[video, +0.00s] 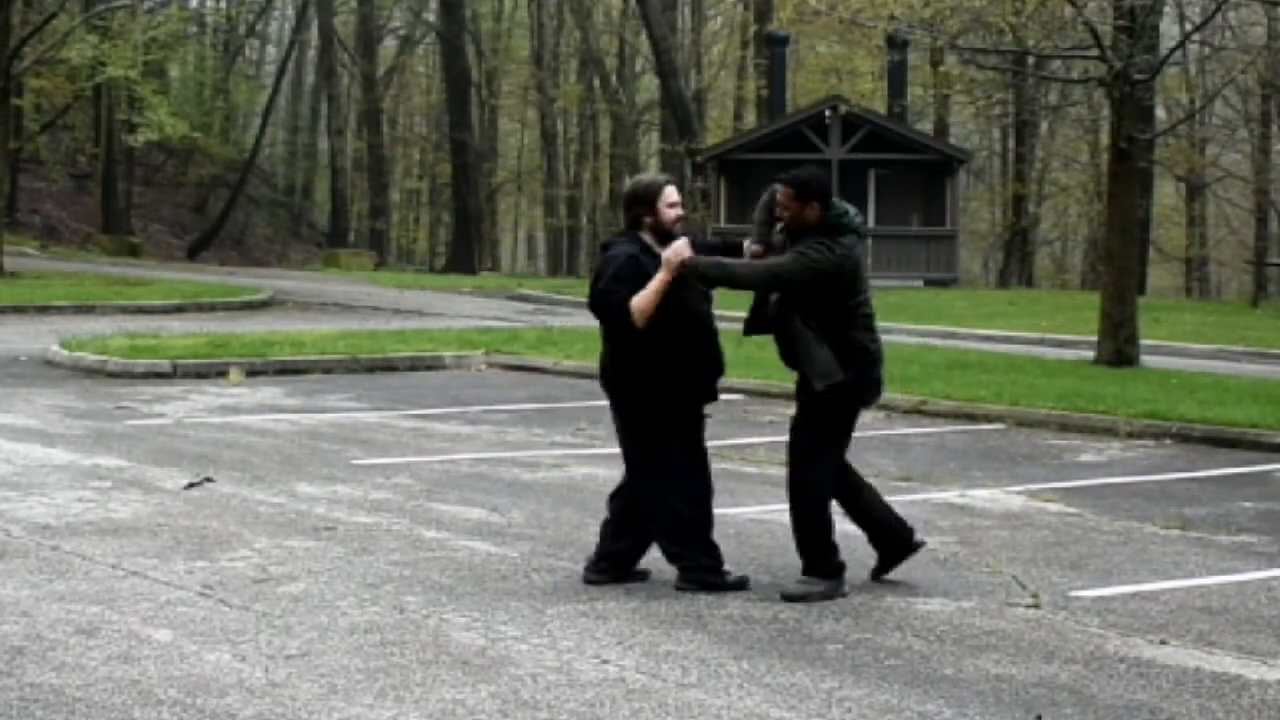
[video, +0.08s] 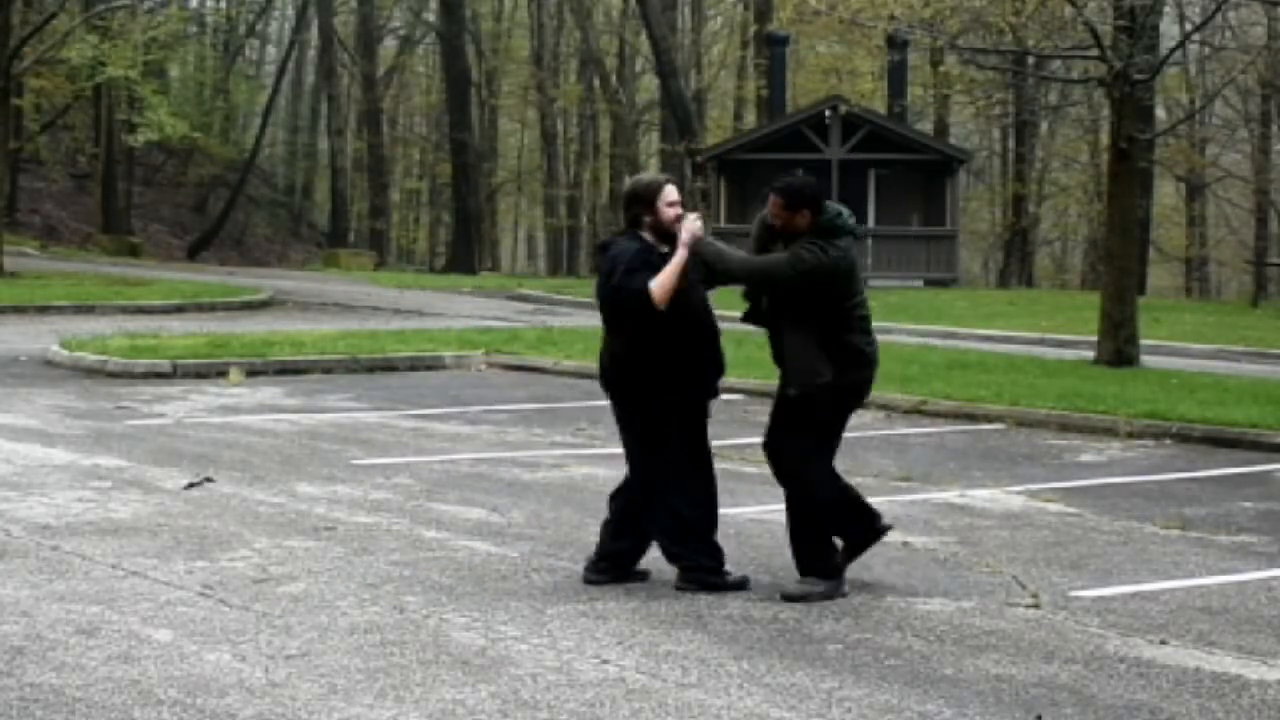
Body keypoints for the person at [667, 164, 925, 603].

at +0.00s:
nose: (780, 216)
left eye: (788, 209)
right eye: (779, 207)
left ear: (813, 209)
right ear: (811, 207)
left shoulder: (829, 252)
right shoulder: (816, 236)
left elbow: (760, 275)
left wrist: (690, 266)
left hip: (839, 376)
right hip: (825, 371)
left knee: (809, 470)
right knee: (824, 464)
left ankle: (824, 574)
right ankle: (893, 538)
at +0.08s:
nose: (770, 222)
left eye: (777, 216)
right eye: (770, 214)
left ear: (803, 217)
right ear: (796, 216)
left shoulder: (826, 254)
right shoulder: (789, 237)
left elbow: (749, 270)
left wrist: (694, 240)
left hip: (837, 373)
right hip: (806, 369)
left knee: (796, 456)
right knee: (787, 452)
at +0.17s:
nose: (764, 226)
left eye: (771, 219)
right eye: (765, 217)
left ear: (796, 222)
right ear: (792, 219)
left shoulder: (820, 258)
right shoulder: (781, 244)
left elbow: (745, 271)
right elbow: (736, 263)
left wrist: (720, 231)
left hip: (825, 383)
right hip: (790, 376)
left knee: (800, 466)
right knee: (757, 445)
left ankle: (825, 569)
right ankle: (809, 536)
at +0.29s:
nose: (760, 228)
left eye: (768, 222)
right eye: (760, 221)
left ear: (794, 223)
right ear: (783, 223)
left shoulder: (823, 256)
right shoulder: (776, 249)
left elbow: (757, 264)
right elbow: (732, 284)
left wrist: (745, 232)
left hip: (821, 384)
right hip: (777, 378)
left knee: (809, 475)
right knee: (746, 464)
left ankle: (824, 572)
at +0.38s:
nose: (761, 226)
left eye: (769, 220)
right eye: (762, 218)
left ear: (794, 222)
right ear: (778, 220)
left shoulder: (823, 259)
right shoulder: (768, 253)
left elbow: (753, 271)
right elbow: (727, 290)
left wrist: (746, 238)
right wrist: (692, 321)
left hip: (815, 387)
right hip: (771, 380)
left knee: (808, 478)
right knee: (739, 466)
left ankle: (823, 573)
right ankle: (720, 548)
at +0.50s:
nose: (756, 223)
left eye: (766, 217)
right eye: (756, 215)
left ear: (793, 220)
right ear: (765, 218)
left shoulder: (817, 260)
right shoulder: (771, 249)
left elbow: (750, 284)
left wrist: (746, 241)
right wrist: (730, 313)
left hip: (807, 385)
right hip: (764, 379)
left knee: (800, 480)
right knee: (735, 463)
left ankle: (822, 573)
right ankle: (726, 554)